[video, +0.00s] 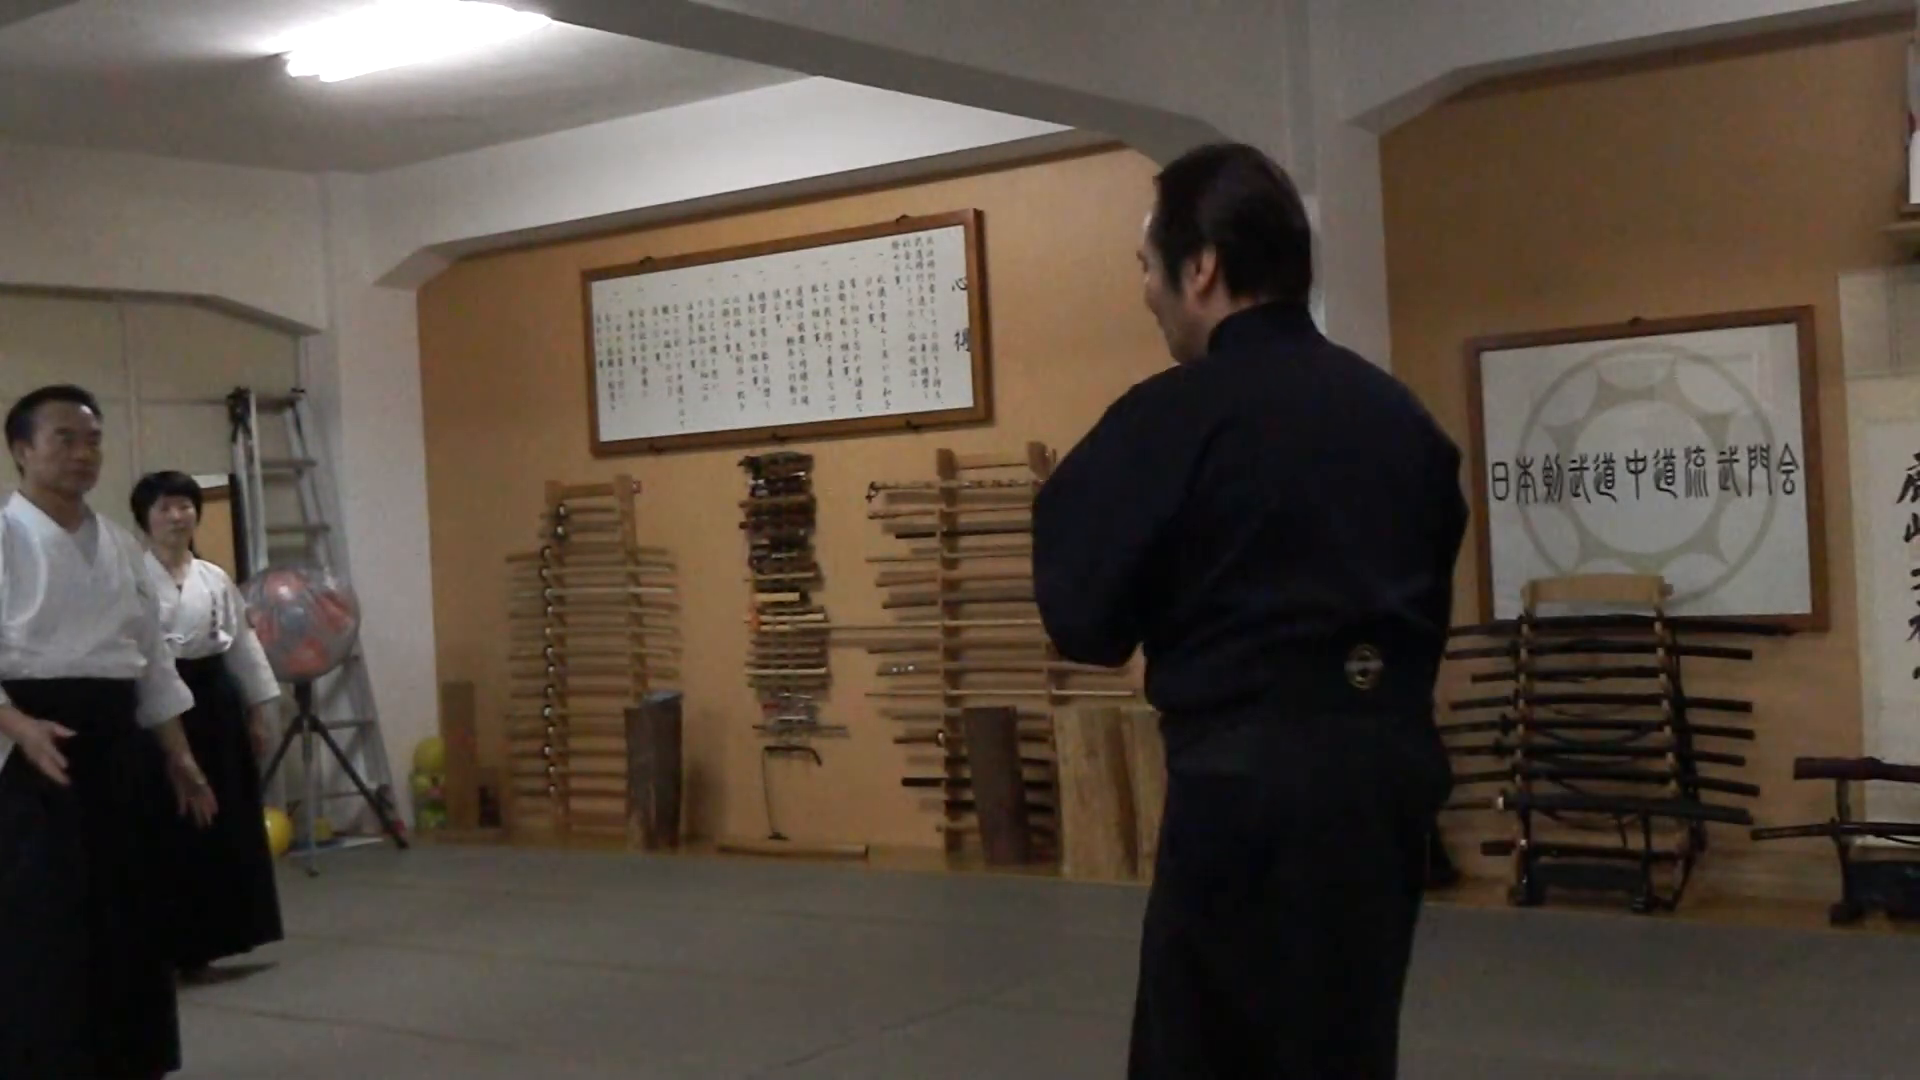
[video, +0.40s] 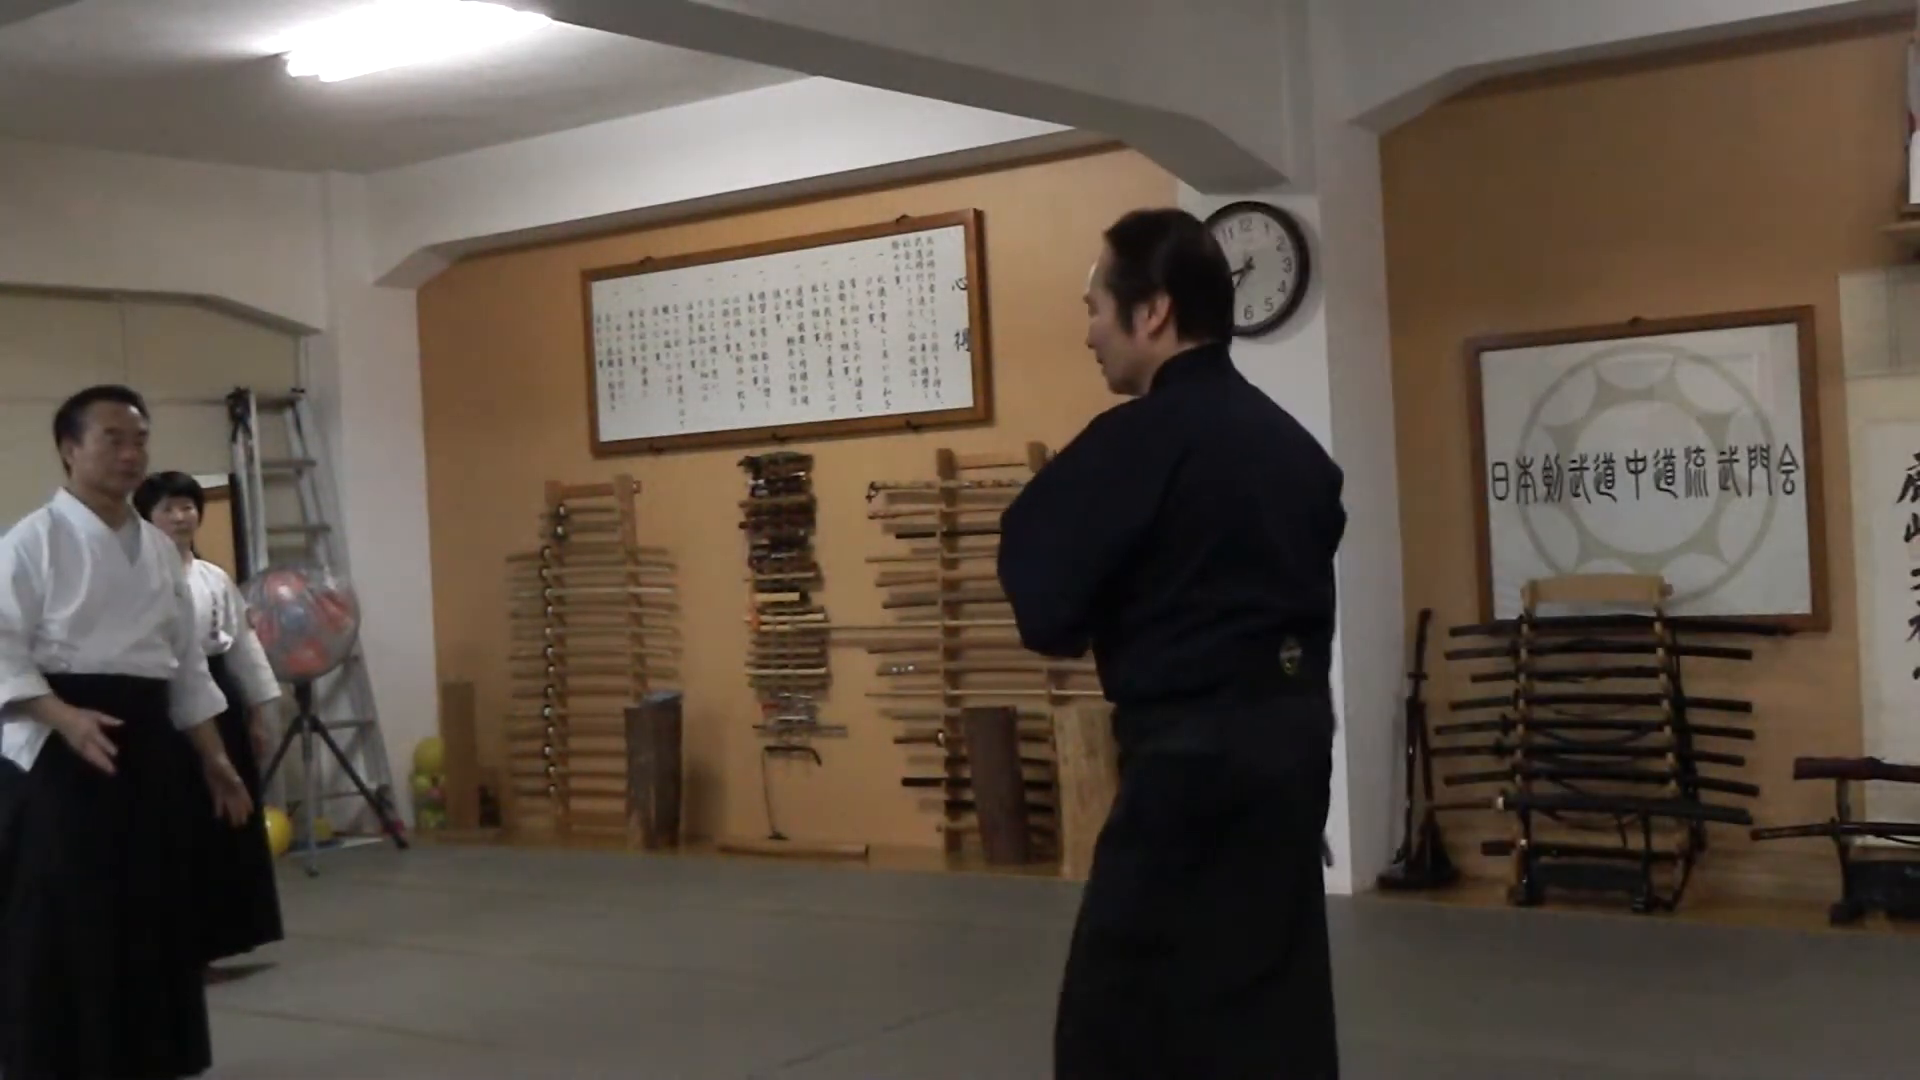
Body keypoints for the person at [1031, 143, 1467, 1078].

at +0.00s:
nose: (1144, 293)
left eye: (1149, 266)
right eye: (1143, 267)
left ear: (1205, 271)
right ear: (1294, 267)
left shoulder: (1168, 415)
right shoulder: (1400, 411)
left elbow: (1084, 623)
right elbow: (1426, 610)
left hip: (1238, 778)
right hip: (1390, 771)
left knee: (1198, 1046)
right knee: (1355, 1046)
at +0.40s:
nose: (1088, 335)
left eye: (1096, 311)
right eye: (1089, 312)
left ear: (1154, 316)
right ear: (1190, 314)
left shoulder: (1131, 445)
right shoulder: (1292, 442)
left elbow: (1044, 602)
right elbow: (1296, 592)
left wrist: (1055, 484)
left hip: (1186, 765)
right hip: (1292, 746)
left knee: (1117, 1009)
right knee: (1277, 992)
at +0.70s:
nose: (1041, 339)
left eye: (1049, 315)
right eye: (1042, 317)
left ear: (1100, 320)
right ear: (1136, 319)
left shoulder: (1084, 439)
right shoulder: (1228, 433)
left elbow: (1010, 589)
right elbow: (1216, 566)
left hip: (1143, 747)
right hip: (1248, 733)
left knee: (1050, 977)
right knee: (1225, 971)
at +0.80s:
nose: (1022, 347)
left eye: (1029, 323)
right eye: (1022, 325)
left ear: (1080, 327)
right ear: (1120, 327)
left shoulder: (1062, 447)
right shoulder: (1205, 441)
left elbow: (982, 595)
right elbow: (1195, 578)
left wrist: (963, 673)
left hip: (1118, 741)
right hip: (1225, 722)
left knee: (1060, 967)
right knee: (1212, 958)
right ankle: (1208, 1074)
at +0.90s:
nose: (999, 349)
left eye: (1006, 330)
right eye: (999, 330)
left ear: (1050, 337)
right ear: (1102, 333)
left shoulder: (1031, 459)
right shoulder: (1174, 452)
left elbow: (974, 604)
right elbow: (1157, 601)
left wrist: (924, 745)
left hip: (1085, 737)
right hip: (1192, 719)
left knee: (1043, 950)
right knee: (1192, 948)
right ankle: (1191, 1066)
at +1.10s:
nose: (917, 368)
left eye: (924, 349)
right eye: (918, 349)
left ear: (966, 354)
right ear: (1009, 353)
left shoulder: (955, 468)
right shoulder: (1094, 466)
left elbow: (926, 631)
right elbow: (1103, 632)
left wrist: (920, 782)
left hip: (985, 766)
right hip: (1090, 759)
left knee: (973, 992)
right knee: (1099, 977)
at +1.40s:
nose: (827, 384)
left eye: (827, 363)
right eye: (822, 365)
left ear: (863, 351)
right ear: (921, 349)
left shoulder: (864, 452)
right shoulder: (995, 453)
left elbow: (818, 601)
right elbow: (1011, 605)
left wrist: (793, 749)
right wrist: (1004, 711)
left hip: (900, 733)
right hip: (989, 727)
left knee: (883, 946)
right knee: (978, 940)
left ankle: (886, 1068)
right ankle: (979, 1066)